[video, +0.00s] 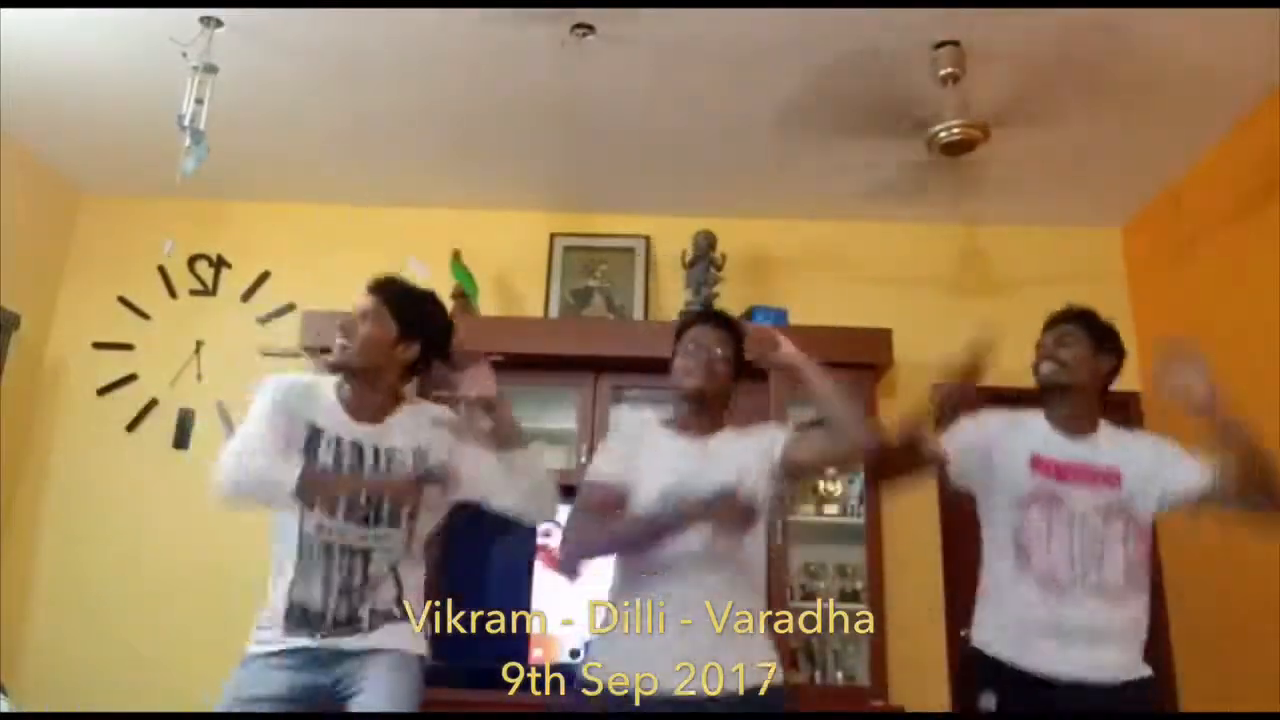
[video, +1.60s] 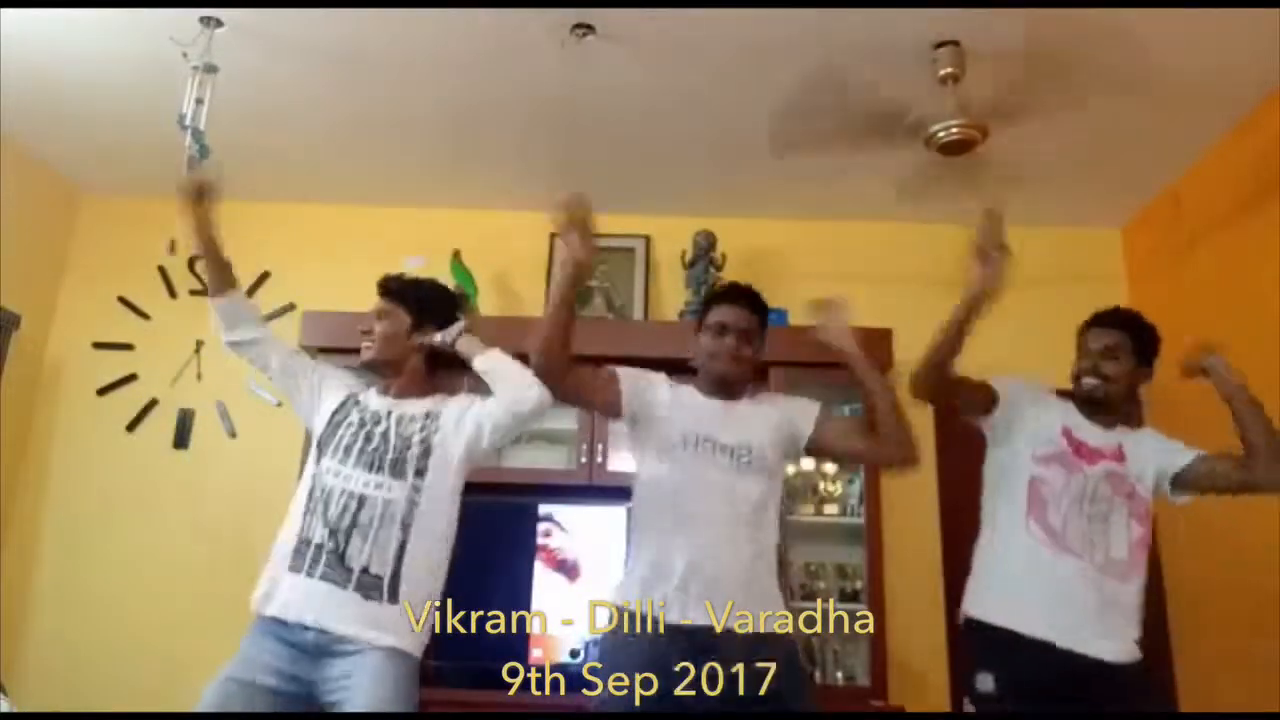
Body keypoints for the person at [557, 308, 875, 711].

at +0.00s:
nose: (700, 361)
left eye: (717, 356)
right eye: (690, 350)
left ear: (734, 376)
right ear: (672, 363)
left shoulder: (761, 445)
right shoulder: (632, 437)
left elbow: (856, 441)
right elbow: (578, 541)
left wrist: (793, 360)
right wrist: (691, 509)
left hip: (738, 679)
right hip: (632, 679)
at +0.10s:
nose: (709, 356)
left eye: (726, 349)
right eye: (700, 344)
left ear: (742, 369)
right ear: (681, 357)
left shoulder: (770, 428)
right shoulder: (638, 421)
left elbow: (868, 375)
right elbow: (592, 482)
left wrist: (781, 343)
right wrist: (712, 453)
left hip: (755, 660)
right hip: (644, 659)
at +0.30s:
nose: (720, 386)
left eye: (733, 376)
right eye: (709, 373)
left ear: (755, 385)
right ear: (690, 378)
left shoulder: (775, 444)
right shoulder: (647, 445)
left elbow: (860, 379)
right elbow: (588, 435)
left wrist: (781, 371)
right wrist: (694, 402)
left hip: (765, 674)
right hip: (655, 674)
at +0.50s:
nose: (715, 365)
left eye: (733, 361)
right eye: (707, 357)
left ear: (752, 390)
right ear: (689, 381)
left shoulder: (772, 460)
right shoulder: (645, 453)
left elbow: (871, 389)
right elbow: (580, 413)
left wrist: (772, 375)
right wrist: (657, 335)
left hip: (769, 690)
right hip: (661, 689)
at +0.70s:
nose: (714, 365)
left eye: (730, 358)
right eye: (705, 359)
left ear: (754, 381)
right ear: (691, 376)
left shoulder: (785, 450)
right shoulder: (649, 442)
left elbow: (880, 376)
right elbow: (578, 376)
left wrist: (780, 378)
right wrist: (609, 293)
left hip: (766, 691)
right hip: (655, 688)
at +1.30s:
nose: (707, 403)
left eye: (724, 395)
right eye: (702, 391)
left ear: (756, 411)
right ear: (691, 402)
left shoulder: (785, 477)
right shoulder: (651, 463)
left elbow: (892, 412)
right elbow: (571, 370)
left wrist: (788, 391)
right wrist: (558, 267)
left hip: (764, 689)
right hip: (660, 686)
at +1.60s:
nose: (731, 345)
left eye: (746, 337)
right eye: (719, 331)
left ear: (760, 352)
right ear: (695, 339)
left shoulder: (784, 416)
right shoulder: (651, 395)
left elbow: (896, 450)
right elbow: (552, 371)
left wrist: (853, 353)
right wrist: (569, 279)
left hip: (755, 640)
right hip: (650, 636)